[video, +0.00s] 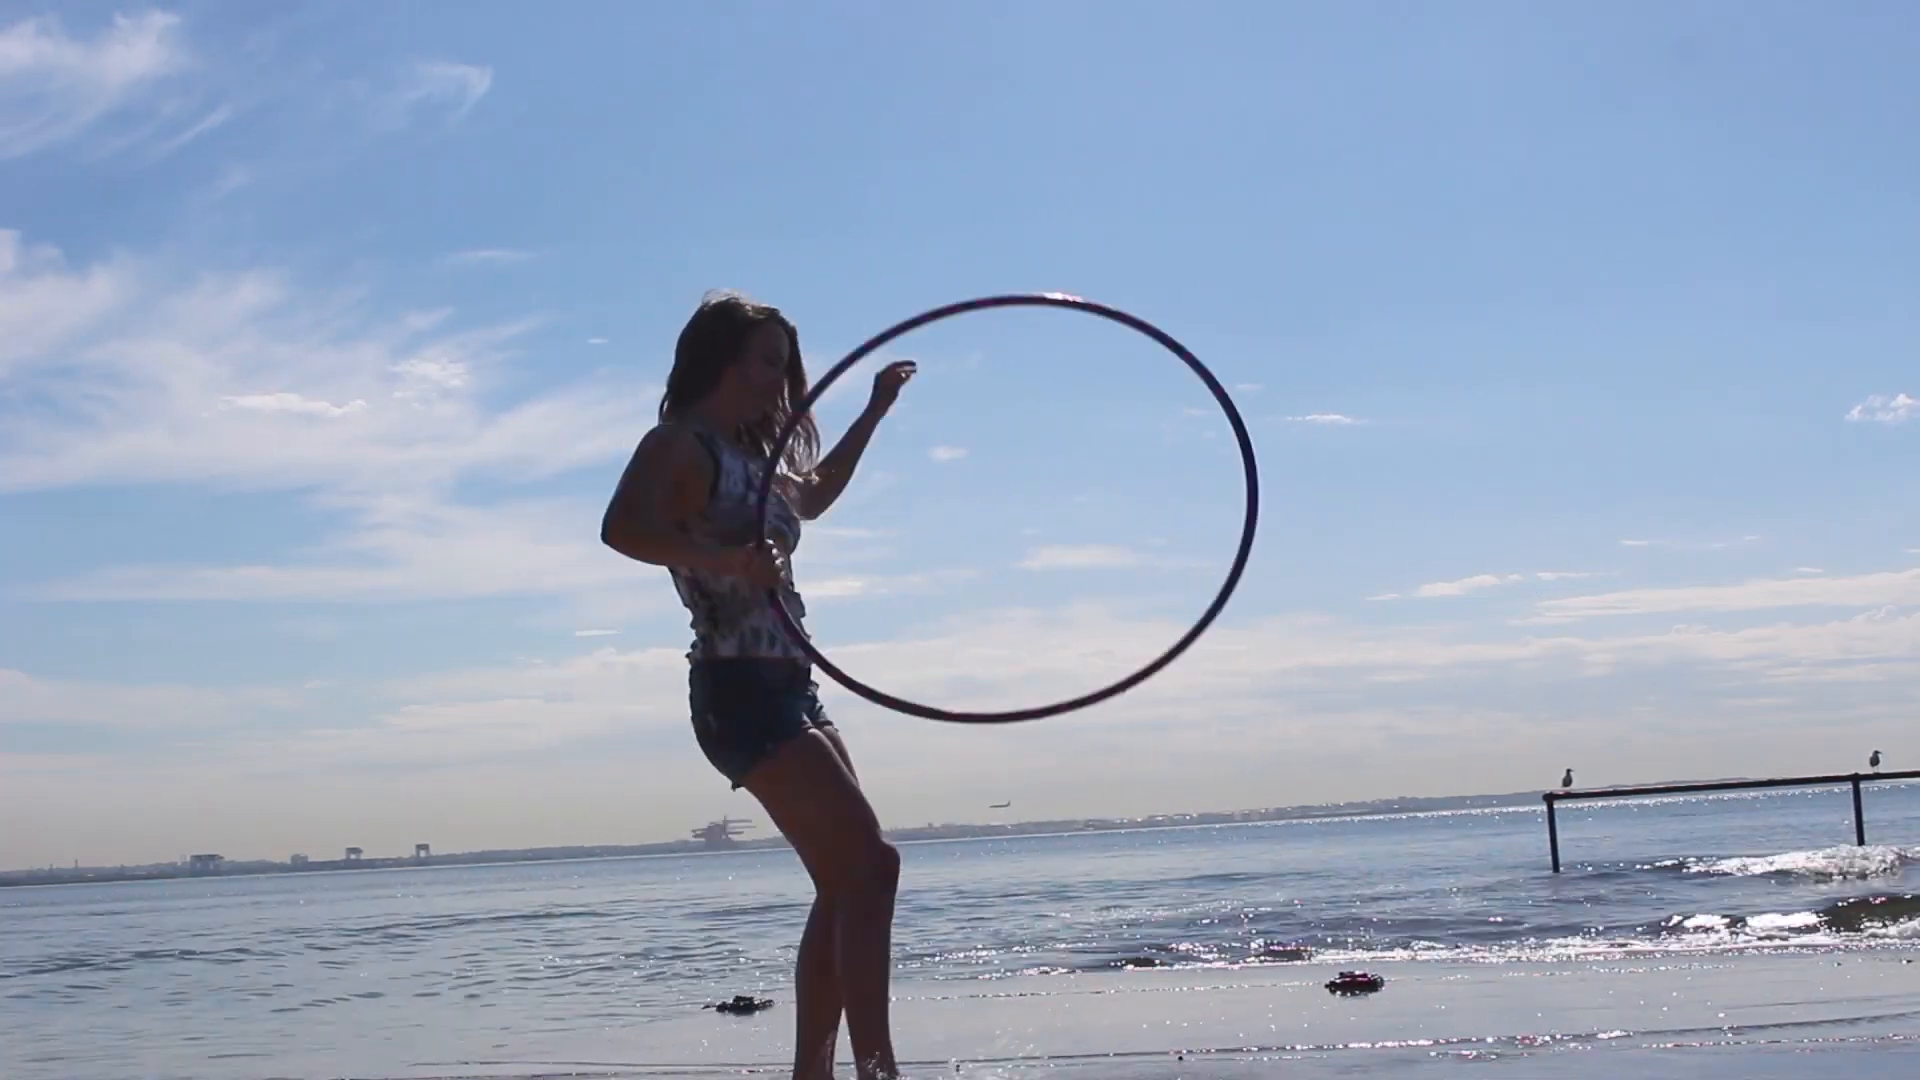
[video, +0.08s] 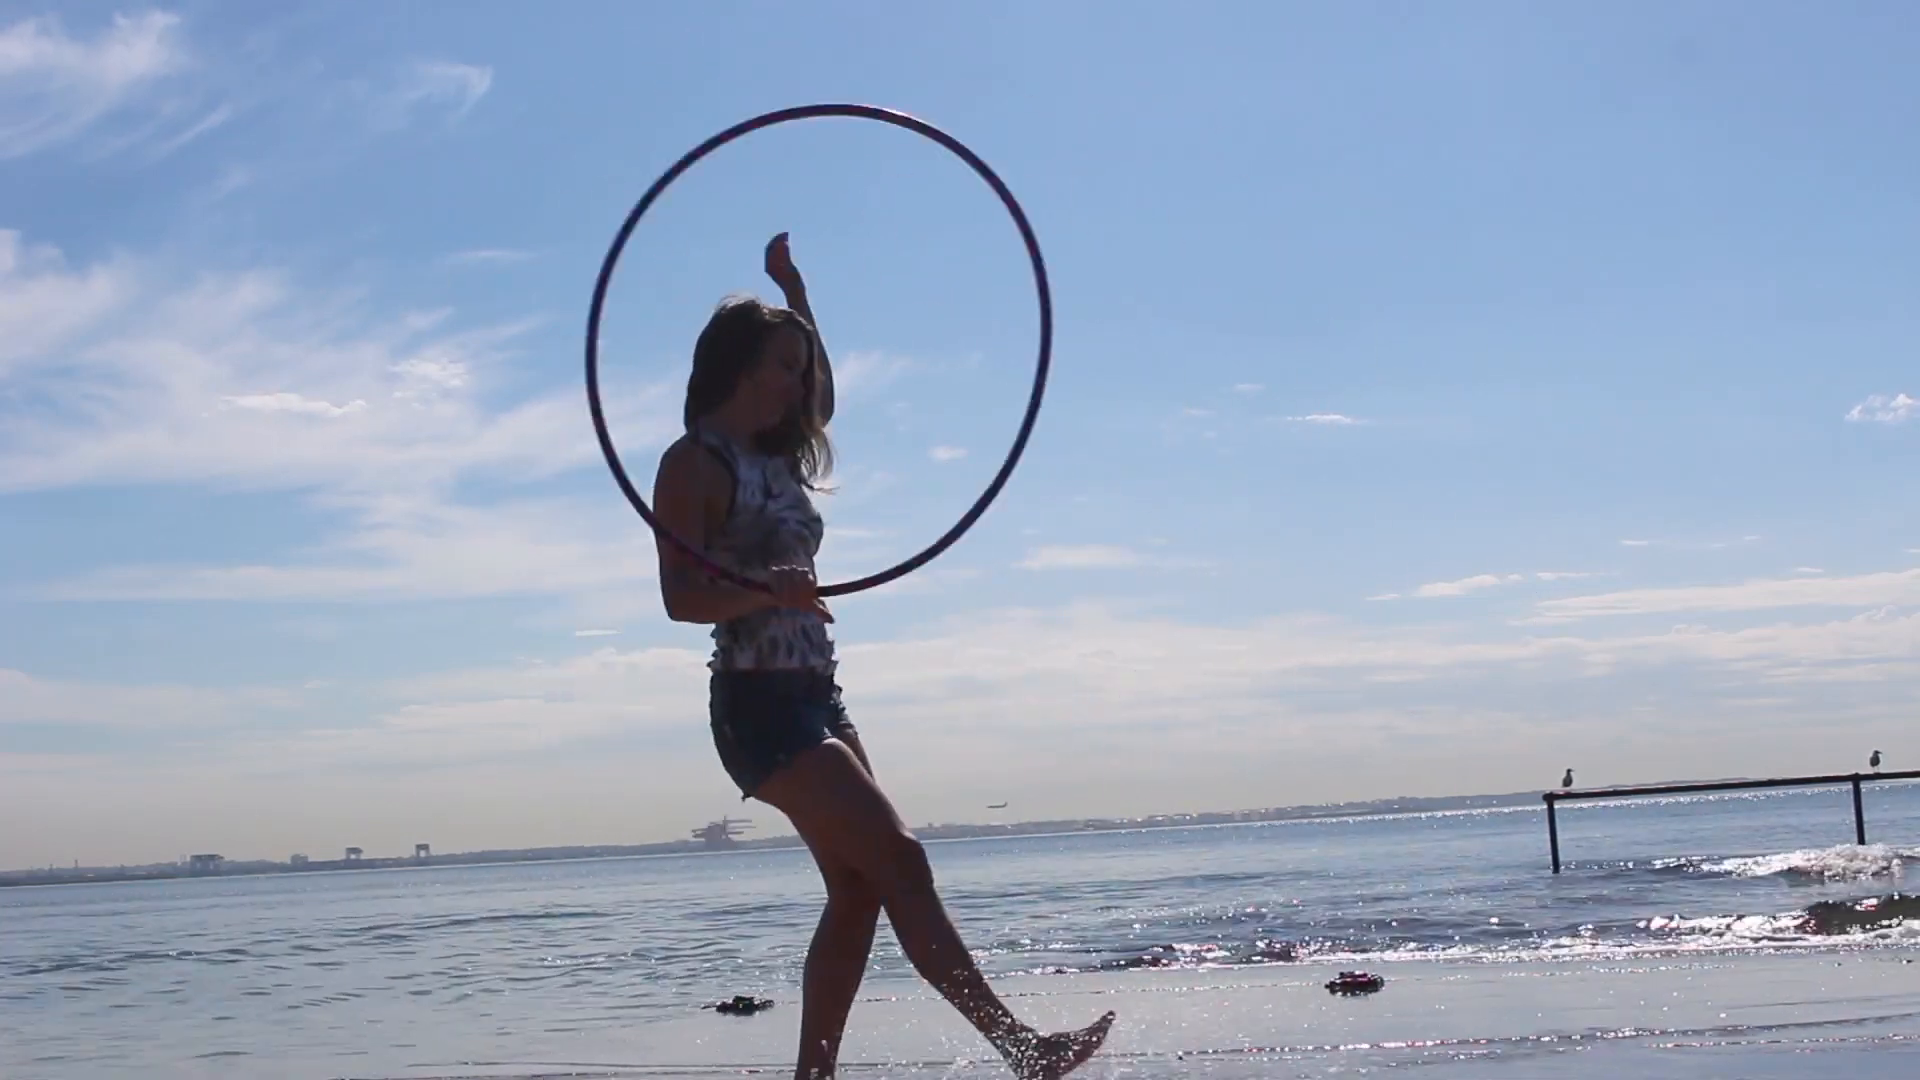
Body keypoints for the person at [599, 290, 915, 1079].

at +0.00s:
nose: (781, 379)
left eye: (785, 366)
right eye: (770, 363)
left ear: (774, 371)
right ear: (724, 362)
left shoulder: (756, 450)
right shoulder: (678, 441)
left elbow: (814, 495)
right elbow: (623, 527)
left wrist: (874, 412)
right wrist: (723, 559)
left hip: (786, 685)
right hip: (744, 690)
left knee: (843, 880)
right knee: (870, 867)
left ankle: (811, 1070)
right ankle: (878, 1066)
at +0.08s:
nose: (798, 385)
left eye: (801, 372)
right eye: (785, 367)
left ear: (786, 379)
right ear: (740, 368)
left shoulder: (777, 451)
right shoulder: (693, 462)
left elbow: (813, 383)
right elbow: (681, 598)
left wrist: (792, 284)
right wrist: (767, 592)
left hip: (814, 695)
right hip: (763, 703)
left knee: (855, 892)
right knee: (900, 865)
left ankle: (813, 1071)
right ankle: (1021, 1046)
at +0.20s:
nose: (813, 396)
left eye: (818, 380)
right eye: (800, 377)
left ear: (817, 389)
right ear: (753, 375)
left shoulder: (797, 452)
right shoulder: (717, 474)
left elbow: (813, 335)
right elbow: (787, 588)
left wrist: (696, 286)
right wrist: (876, 522)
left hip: (841, 699)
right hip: (794, 710)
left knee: (869, 892)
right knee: (932, 838)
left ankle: (814, 1072)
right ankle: (1040, 1044)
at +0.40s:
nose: (839, 341)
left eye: (835, 328)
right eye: (825, 329)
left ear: (761, 354)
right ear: (780, 349)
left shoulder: (748, 436)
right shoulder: (786, 452)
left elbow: (717, 358)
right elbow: (911, 487)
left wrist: (731, 267)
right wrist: (889, 385)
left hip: (821, 664)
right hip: (872, 664)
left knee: (850, 868)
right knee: (941, 854)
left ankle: (821, 1063)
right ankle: (959, 1056)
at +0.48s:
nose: (849, 311)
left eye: (842, 298)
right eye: (835, 299)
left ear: (763, 327)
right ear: (803, 318)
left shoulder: (739, 416)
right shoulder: (843, 414)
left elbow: (679, 449)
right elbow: (958, 361)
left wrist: (697, 352)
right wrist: (895, 268)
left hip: (808, 641)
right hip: (895, 636)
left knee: (846, 844)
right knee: (920, 850)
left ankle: (857, 1050)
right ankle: (963, 1051)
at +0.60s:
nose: (818, 315)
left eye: (795, 322)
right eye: (836, 316)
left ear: (779, 358)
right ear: (860, 342)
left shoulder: (759, 417)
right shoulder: (896, 380)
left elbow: (745, 545)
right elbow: (902, 225)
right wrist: (850, 114)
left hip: (816, 634)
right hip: (909, 619)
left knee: (869, 853)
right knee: (942, 838)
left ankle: (905, 1051)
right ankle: (995, 1040)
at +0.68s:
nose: (817, 321)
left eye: (830, 332)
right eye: (835, 319)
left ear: (839, 372)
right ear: (847, 357)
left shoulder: (793, 441)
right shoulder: (876, 387)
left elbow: (803, 573)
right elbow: (837, 229)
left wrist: (756, 660)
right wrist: (792, 126)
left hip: (848, 639)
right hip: (920, 628)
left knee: (872, 852)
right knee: (940, 837)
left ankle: (919, 1052)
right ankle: (1002, 1038)